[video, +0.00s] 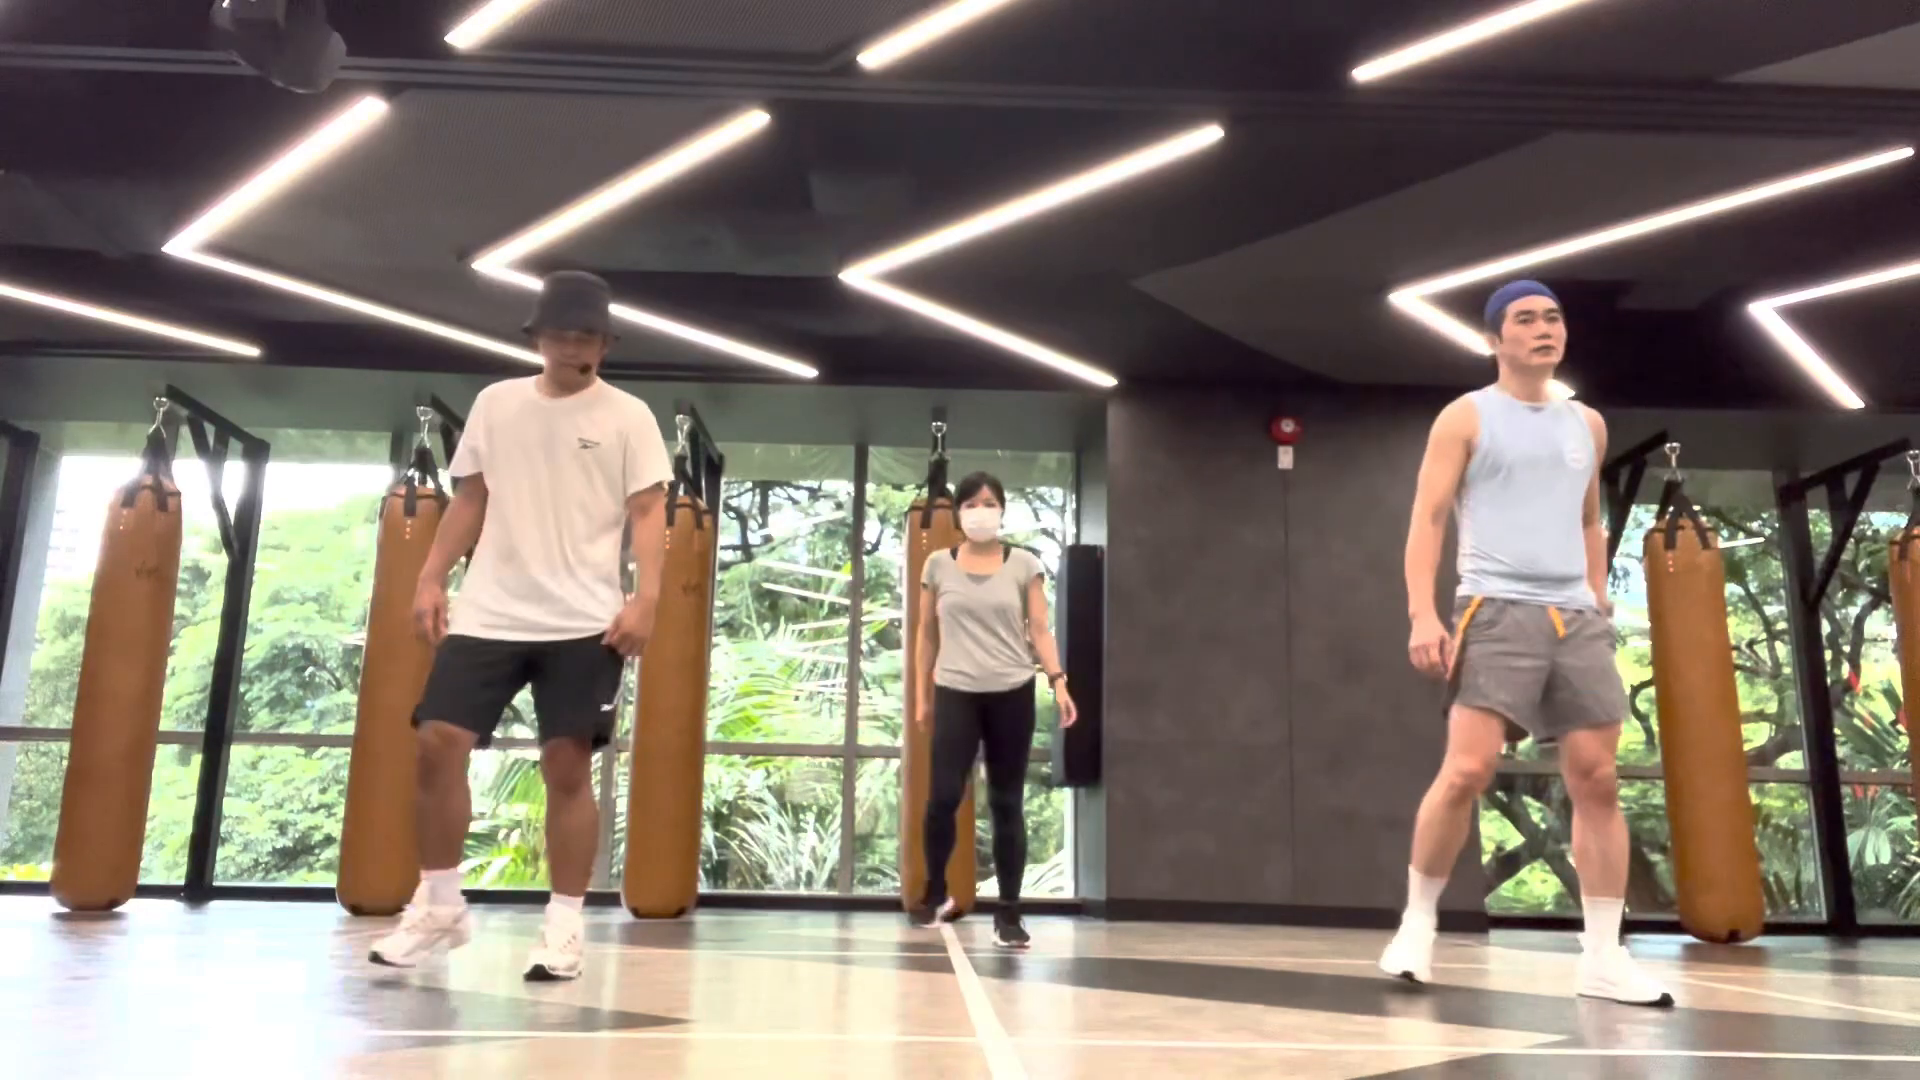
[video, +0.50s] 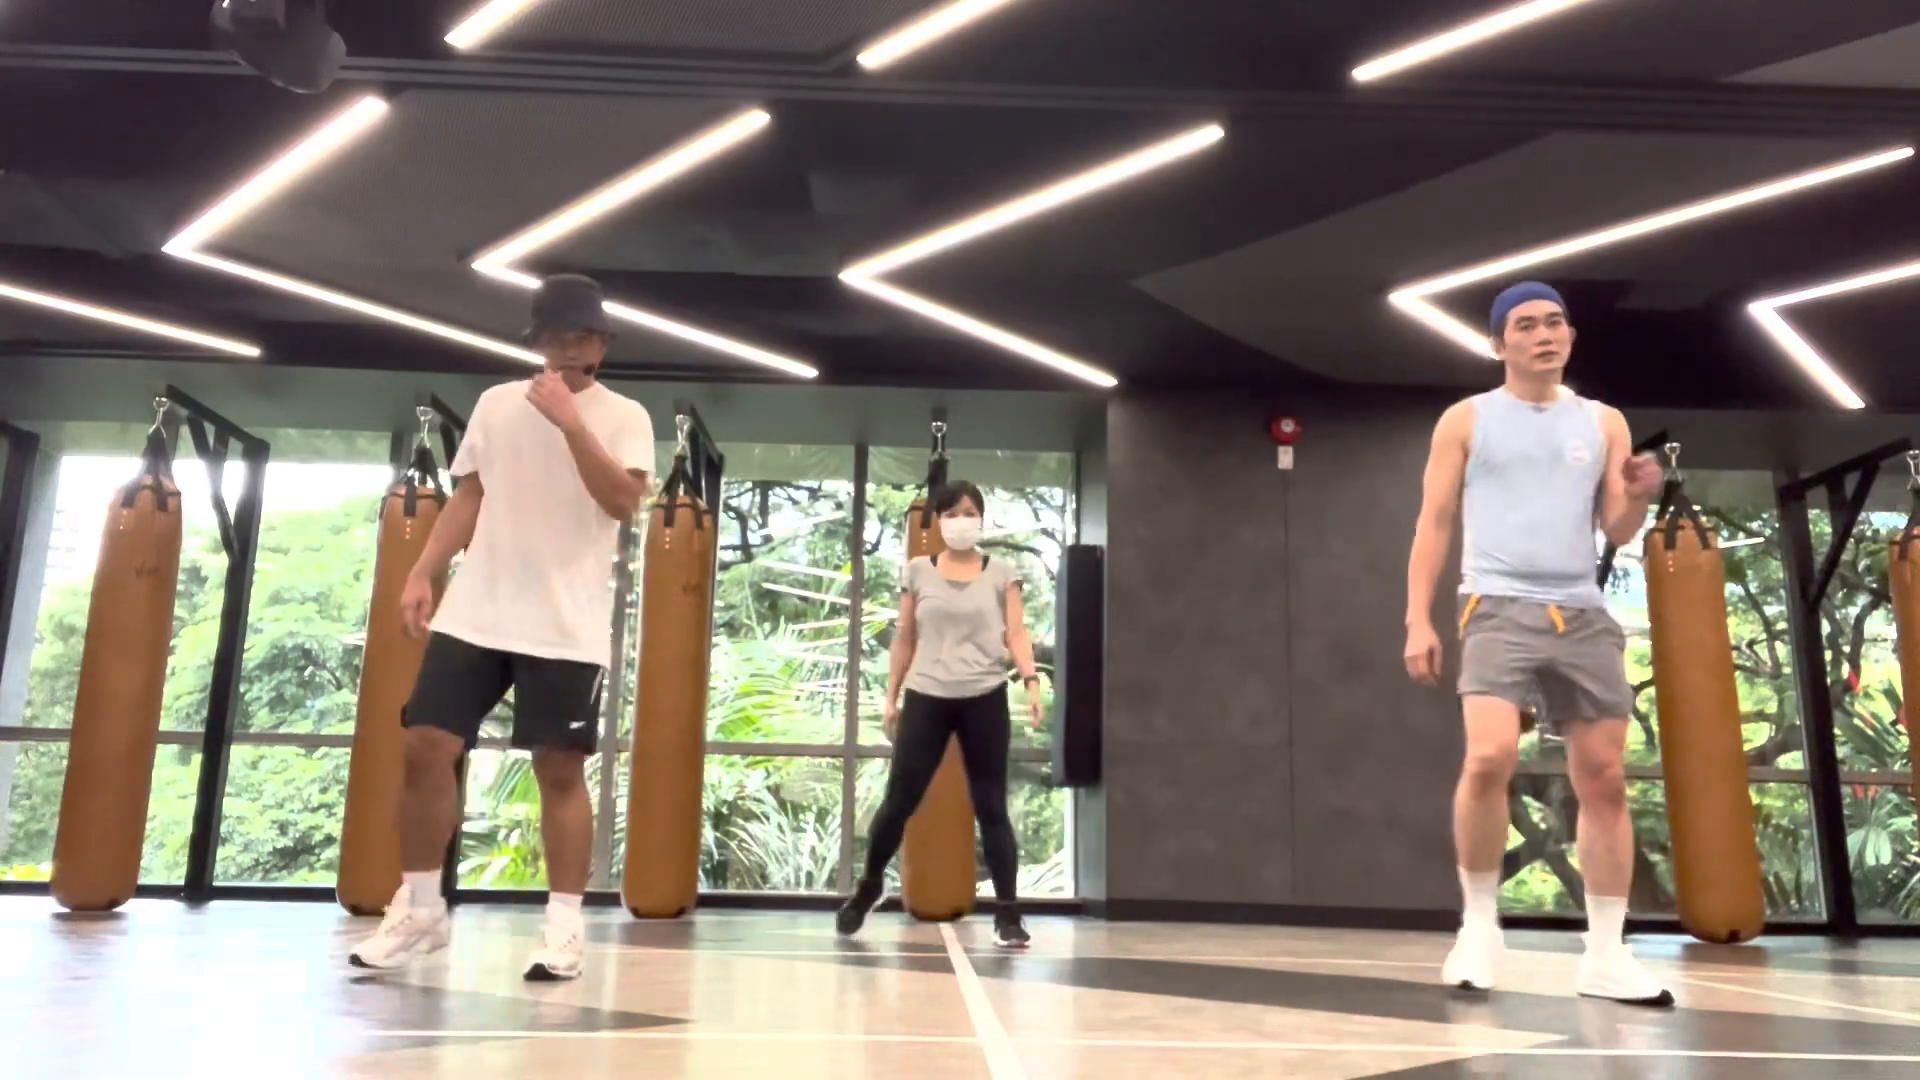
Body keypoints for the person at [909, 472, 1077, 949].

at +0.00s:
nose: (982, 513)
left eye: (990, 506)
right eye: (972, 506)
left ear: (1003, 513)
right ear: (958, 514)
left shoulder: (1023, 562)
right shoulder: (940, 564)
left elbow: (1040, 629)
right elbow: (927, 631)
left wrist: (1059, 685)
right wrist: (922, 691)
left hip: (1011, 694)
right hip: (954, 693)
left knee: (1007, 805)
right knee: (944, 797)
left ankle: (1008, 914)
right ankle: (937, 893)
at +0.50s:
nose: (961, 523)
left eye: (970, 515)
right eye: (952, 515)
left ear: (982, 521)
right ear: (936, 521)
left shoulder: (1001, 572)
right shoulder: (918, 571)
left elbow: (1015, 633)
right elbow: (904, 638)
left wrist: (1031, 682)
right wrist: (892, 696)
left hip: (985, 698)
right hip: (927, 697)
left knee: (992, 808)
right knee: (899, 801)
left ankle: (1007, 912)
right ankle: (870, 886)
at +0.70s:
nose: (928, 530)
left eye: (939, 523)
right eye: (920, 521)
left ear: (952, 532)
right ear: (906, 528)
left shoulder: (962, 584)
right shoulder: (882, 573)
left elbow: (972, 653)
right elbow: (858, 637)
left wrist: (993, 705)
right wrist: (847, 695)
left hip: (937, 707)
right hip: (880, 705)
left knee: (963, 809)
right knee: (868, 811)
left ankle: (1002, 910)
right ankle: (857, 910)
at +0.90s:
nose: (911, 520)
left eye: (919, 514)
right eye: (902, 513)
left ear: (931, 525)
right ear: (887, 524)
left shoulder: (944, 578)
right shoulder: (864, 566)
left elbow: (940, 639)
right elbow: (836, 626)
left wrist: (935, 680)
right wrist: (817, 680)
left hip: (919, 696)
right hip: (864, 697)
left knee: (921, 789)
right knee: (862, 803)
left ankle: (942, 895)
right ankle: (856, 908)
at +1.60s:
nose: (954, 526)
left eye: (962, 520)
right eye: (946, 520)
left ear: (974, 534)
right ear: (930, 533)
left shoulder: (989, 585)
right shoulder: (913, 582)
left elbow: (996, 645)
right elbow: (887, 640)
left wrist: (1003, 690)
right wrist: (866, 692)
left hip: (976, 709)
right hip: (920, 710)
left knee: (988, 815)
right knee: (894, 813)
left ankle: (1009, 910)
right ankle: (861, 908)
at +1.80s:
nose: (977, 523)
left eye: (984, 517)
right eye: (969, 517)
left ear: (996, 529)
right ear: (955, 529)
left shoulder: (1015, 577)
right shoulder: (937, 578)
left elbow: (1023, 635)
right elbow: (922, 643)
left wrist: (1019, 672)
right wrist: (911, 698)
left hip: (1000, 702)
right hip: (948, 701)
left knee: (1004, 808)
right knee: (930, 800)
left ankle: (1011, 910)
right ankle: (906, 891)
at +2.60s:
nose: (930, 512)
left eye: (940, 506)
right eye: (921, 505)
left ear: (953, 522)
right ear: (906, 519)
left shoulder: (965, 572)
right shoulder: (881, 569)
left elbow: (976, 638)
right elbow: (857, 632)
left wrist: (985, 696)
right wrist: (843, 686)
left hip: (942, 700)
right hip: (883, 699)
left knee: (971, 803)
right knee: (876, 804)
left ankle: (1002, 896)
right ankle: (860, 911)